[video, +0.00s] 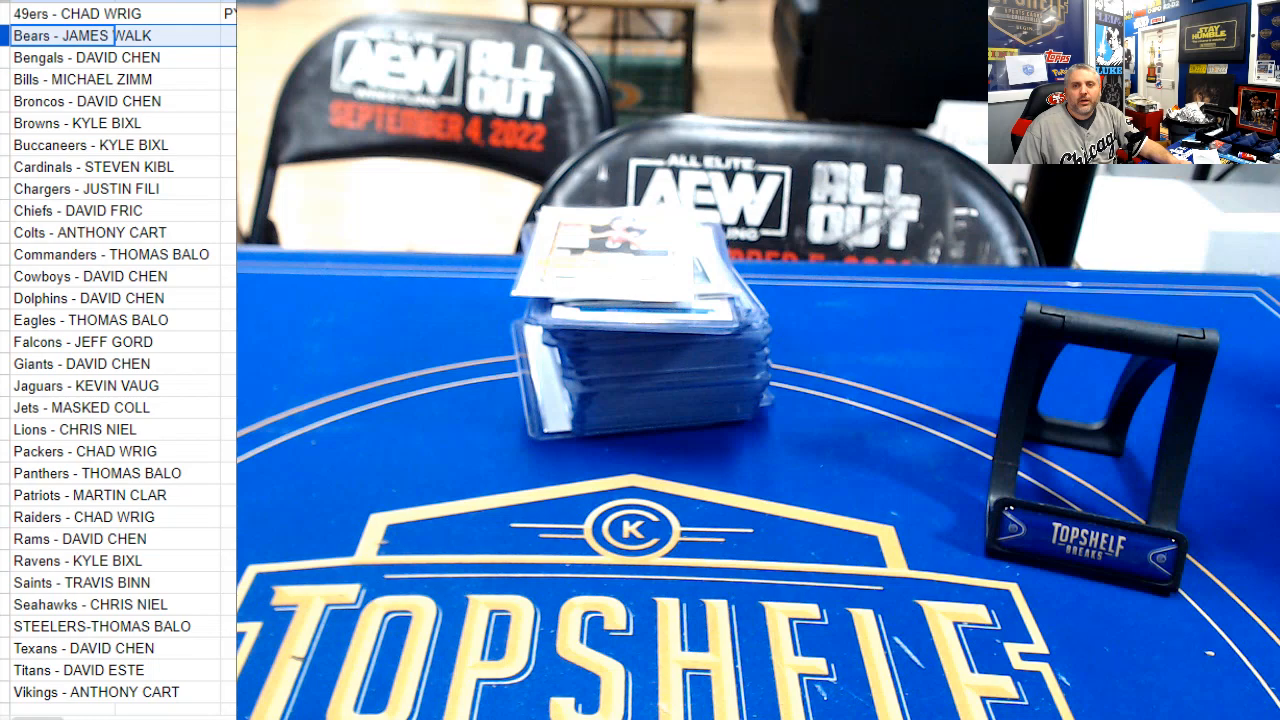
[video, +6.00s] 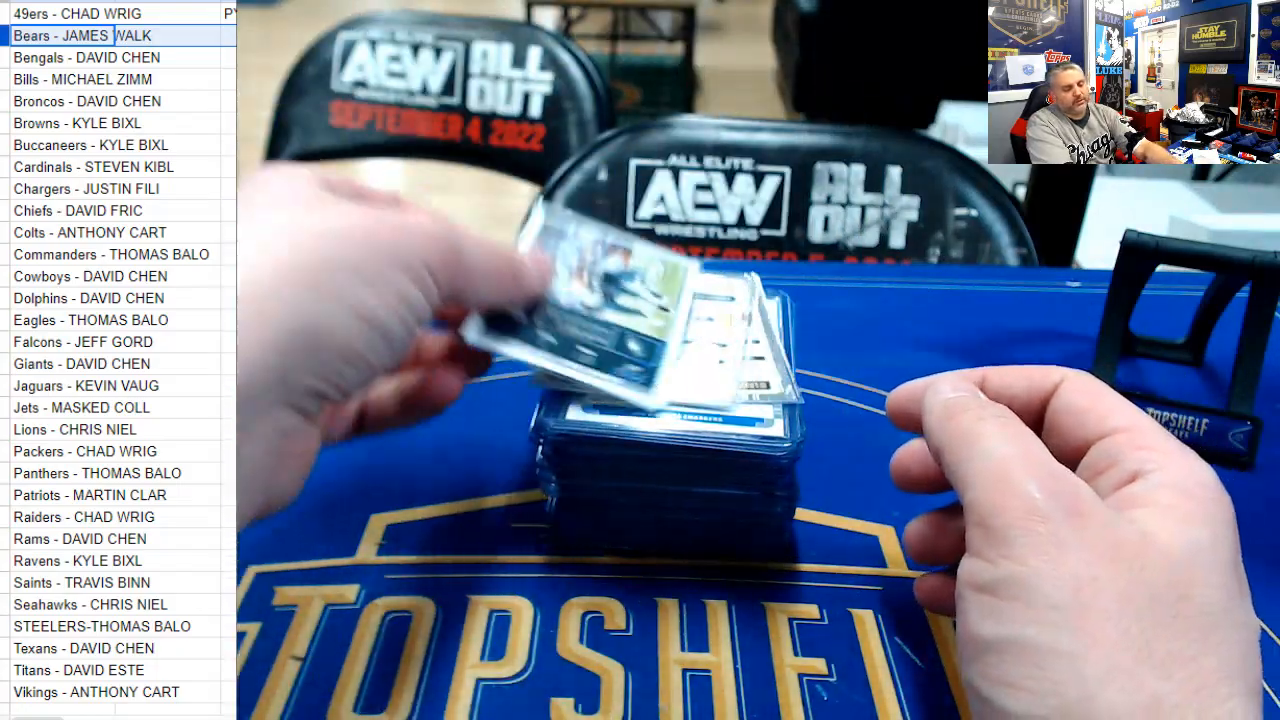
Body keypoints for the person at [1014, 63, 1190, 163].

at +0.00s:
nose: (1083, 91)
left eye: (1090, 85)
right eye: (1076, 86)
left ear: (1099, 90)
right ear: (1066, 93)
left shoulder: (1110, 114)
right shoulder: (1043, 125)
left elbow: (1144, 145)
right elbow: (1020, 175)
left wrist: (1177, 163)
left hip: (1109, 192)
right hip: (1061, 197)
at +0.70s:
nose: (1091, 89)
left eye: (1094, 82)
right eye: (1082, 84)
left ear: (1100, 85)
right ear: (1068, 90)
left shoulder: (1109, 112)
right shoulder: (1049, 117)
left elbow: (1140, 143)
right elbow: (1038, 168)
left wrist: (1173, 163)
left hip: (1111, 186)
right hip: (1068, 190)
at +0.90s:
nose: (1092, 87)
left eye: (1095, 81)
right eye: (1083, 82)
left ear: (1101, 84)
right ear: (1068, 90)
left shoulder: (1110, 112)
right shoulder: (1052, 116)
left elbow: (1144, 145)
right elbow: (1060, 160)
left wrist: (1177, 164)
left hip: (1115, 182)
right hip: (1076, 189)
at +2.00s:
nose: (1092, 89)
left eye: (1094, 82)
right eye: (1082, 85)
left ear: (1099, 84)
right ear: (1065, 93)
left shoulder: (1109, 111)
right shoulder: (1052, 121)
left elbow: (1150, 146)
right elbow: (1079, 171)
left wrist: (1184, 169)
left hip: (1114, 185)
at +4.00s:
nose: (1081, 89)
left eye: (1083, 81)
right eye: (1070, 86)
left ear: (1090, 84)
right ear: (1057, 95)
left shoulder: (1107, 113)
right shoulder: (1045, 123)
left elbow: (1147, 150)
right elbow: (1067, 176)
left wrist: (1183, 171)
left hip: (1112, 188)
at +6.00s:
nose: (1078, 93)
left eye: (1080, 84)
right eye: (1068, 89)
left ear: (1087, 84)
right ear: (1052, 97)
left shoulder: (1104, 113)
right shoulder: (1041, 123)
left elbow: (1145, 149)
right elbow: (1061, 175)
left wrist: (1183, 170)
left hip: (1112, 188)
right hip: (1069, 197)